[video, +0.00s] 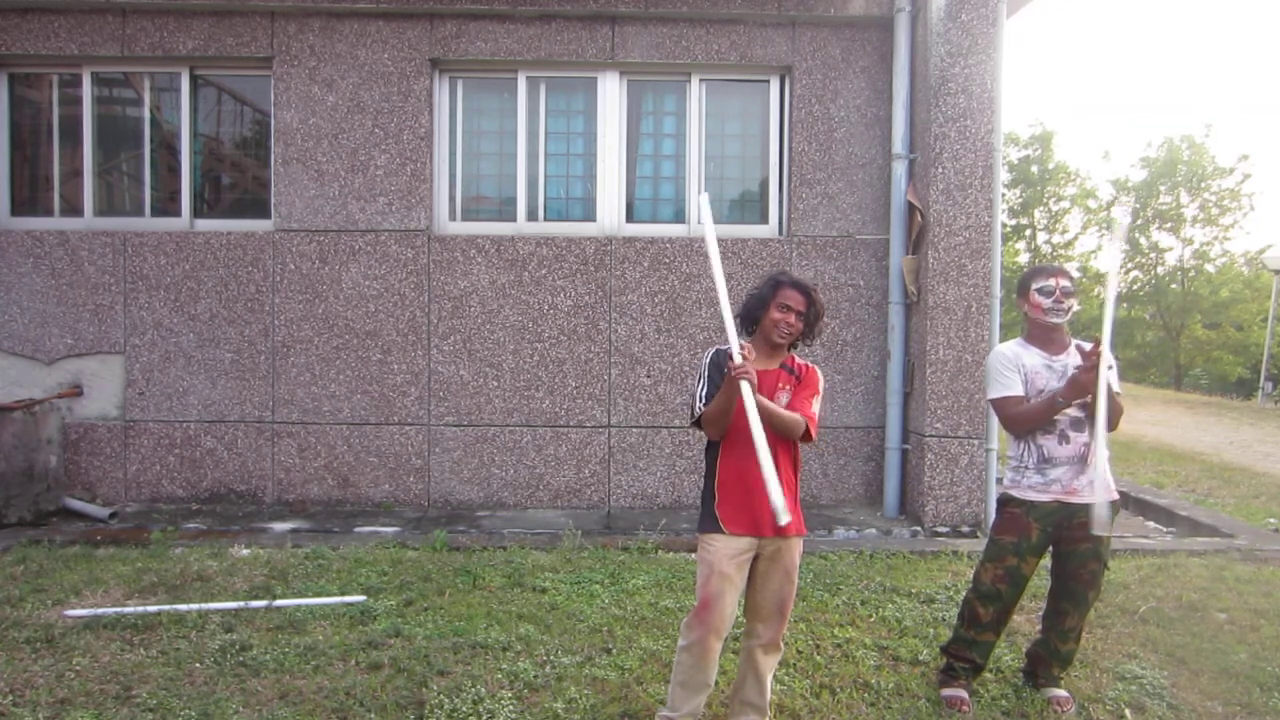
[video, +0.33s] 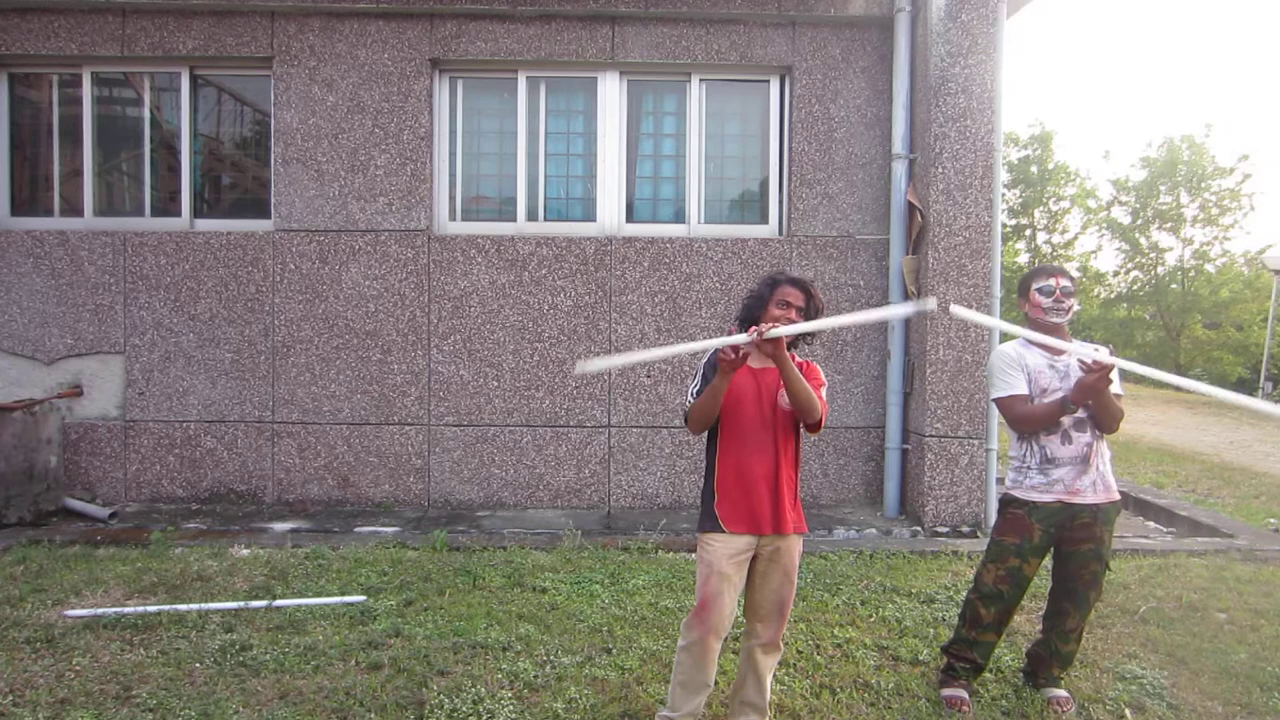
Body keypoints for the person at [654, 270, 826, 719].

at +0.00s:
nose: (790, 320)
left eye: (800, 315)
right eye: (783, 308)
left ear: (805, 326)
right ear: (761, 308)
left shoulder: (807, 373)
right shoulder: (723, 358)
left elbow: (800, 428)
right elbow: (713, 429)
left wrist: (751, 396)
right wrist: (732, 382)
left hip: (785, 519)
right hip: (728, 516)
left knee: (768, 635)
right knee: (709, 621)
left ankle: (749, 715)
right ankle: (678, 714)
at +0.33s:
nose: (788, 315)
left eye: (797, 311)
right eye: (782, 304)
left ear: (804, 323)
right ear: (759, 308)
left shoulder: (807, 370)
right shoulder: (723, 361)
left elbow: (813, 418)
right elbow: (696, 423)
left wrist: (783, 357)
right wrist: (724, 373)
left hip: (784, 520)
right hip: (726, 518)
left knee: (767, 636)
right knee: (708, 622)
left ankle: (749, 714)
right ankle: (678, 713)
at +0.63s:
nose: (799, 314)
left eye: (806, 309)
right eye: (789, 303)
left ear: (810, 322)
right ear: (761, 309)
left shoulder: (805, 368)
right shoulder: (724, 359)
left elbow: (813, 417)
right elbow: (696, 420)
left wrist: (773, 360)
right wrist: (727, 374)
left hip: (783, 519)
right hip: (725, 518)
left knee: (767, 635)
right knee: (709, 623)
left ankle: (749, 714)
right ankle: (678, 713)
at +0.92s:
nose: (802, 326)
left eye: (810, 320)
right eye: (794, 314)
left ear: (814, 329)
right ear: (766, 313)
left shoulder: (807, 369)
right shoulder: (727, 353)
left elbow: (795, 433)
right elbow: (701, 414)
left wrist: (761, 386)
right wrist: (728, 364)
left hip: (781, 517)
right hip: (724, 515)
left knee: (767, 633)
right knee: (708, 619)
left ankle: (749, 714)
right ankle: (679, 713)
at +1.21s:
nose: (786, 311)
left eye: (794, 306)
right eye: (777, 302)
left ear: (800, 318)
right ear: (753, 309)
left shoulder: (804, 361)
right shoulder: (724, 354)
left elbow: (793, 425)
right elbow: (708, 406)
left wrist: (763, 391)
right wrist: (735, 368)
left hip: (780, 515)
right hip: (722, 513)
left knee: (767, 633)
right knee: (703, 617)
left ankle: (749, 714)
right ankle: (677, 713)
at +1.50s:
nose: (782, 319)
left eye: (789, 313)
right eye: (773, 310)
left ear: (795, 322)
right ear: (750, 312)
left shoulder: (797, 358)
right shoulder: (720, 351)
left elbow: (790, 409)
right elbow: (712, 403)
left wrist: (766, 365)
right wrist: (745, 360)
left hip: (779, 515)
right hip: (722, 514)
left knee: (766, 632)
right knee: (703, 618)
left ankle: (749, 714)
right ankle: (678, 713)